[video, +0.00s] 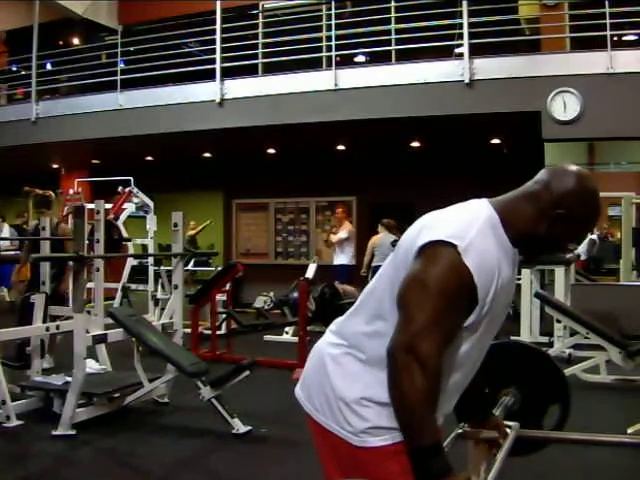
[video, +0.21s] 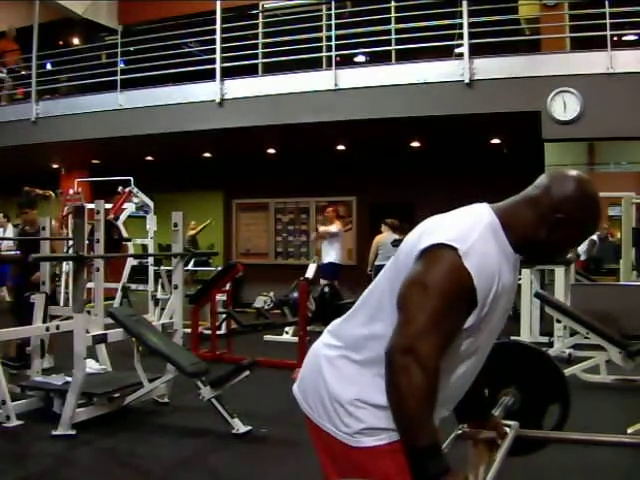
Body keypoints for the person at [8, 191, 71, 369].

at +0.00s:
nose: (43, 215)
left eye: (44, 211)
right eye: (40, 211)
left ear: (47, 209)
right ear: (41, 210)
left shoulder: (61, 230)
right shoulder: (34, 229)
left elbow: (69, 256)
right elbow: (27, 252)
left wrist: (66, 279)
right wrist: (17, 272)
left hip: (57, 277)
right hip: (37, 276)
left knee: (54, 315)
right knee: (31, 312)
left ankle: (49, 353)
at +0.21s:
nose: (24, 217)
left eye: (26, 213)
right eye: (21, 214)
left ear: (35, 211)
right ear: (19, 214)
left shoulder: (48, 229)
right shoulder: (20, 231)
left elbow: (57, 254)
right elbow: (17, 256)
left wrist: (46, 272)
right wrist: (11, 278)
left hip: (40, 278)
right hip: (21, 278)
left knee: (41, 316)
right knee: (21, 315)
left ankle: (44, 353)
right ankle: (20, 353)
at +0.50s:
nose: (4, 218)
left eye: (6, 214)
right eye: (3, 214)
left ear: (14, 211)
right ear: (3, 213)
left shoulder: (30, 228)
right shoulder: (3, 228)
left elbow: (41, 256)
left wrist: (31, 276)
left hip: (21, 282)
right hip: (3, 281)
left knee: (21, 320)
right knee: (5, 320)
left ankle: (18, 357)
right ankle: (7, 357)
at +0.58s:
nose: (2, 217)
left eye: (4, 212)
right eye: (0, 212)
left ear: (13, 209)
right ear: (2, 212)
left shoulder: (29, 227)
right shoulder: (2, 227)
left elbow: (40, 255)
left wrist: (29, 275)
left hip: (20, 282)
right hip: (1, 282)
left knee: (20, 321)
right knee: (4, 321)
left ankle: (18, 359)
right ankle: (7, 358)